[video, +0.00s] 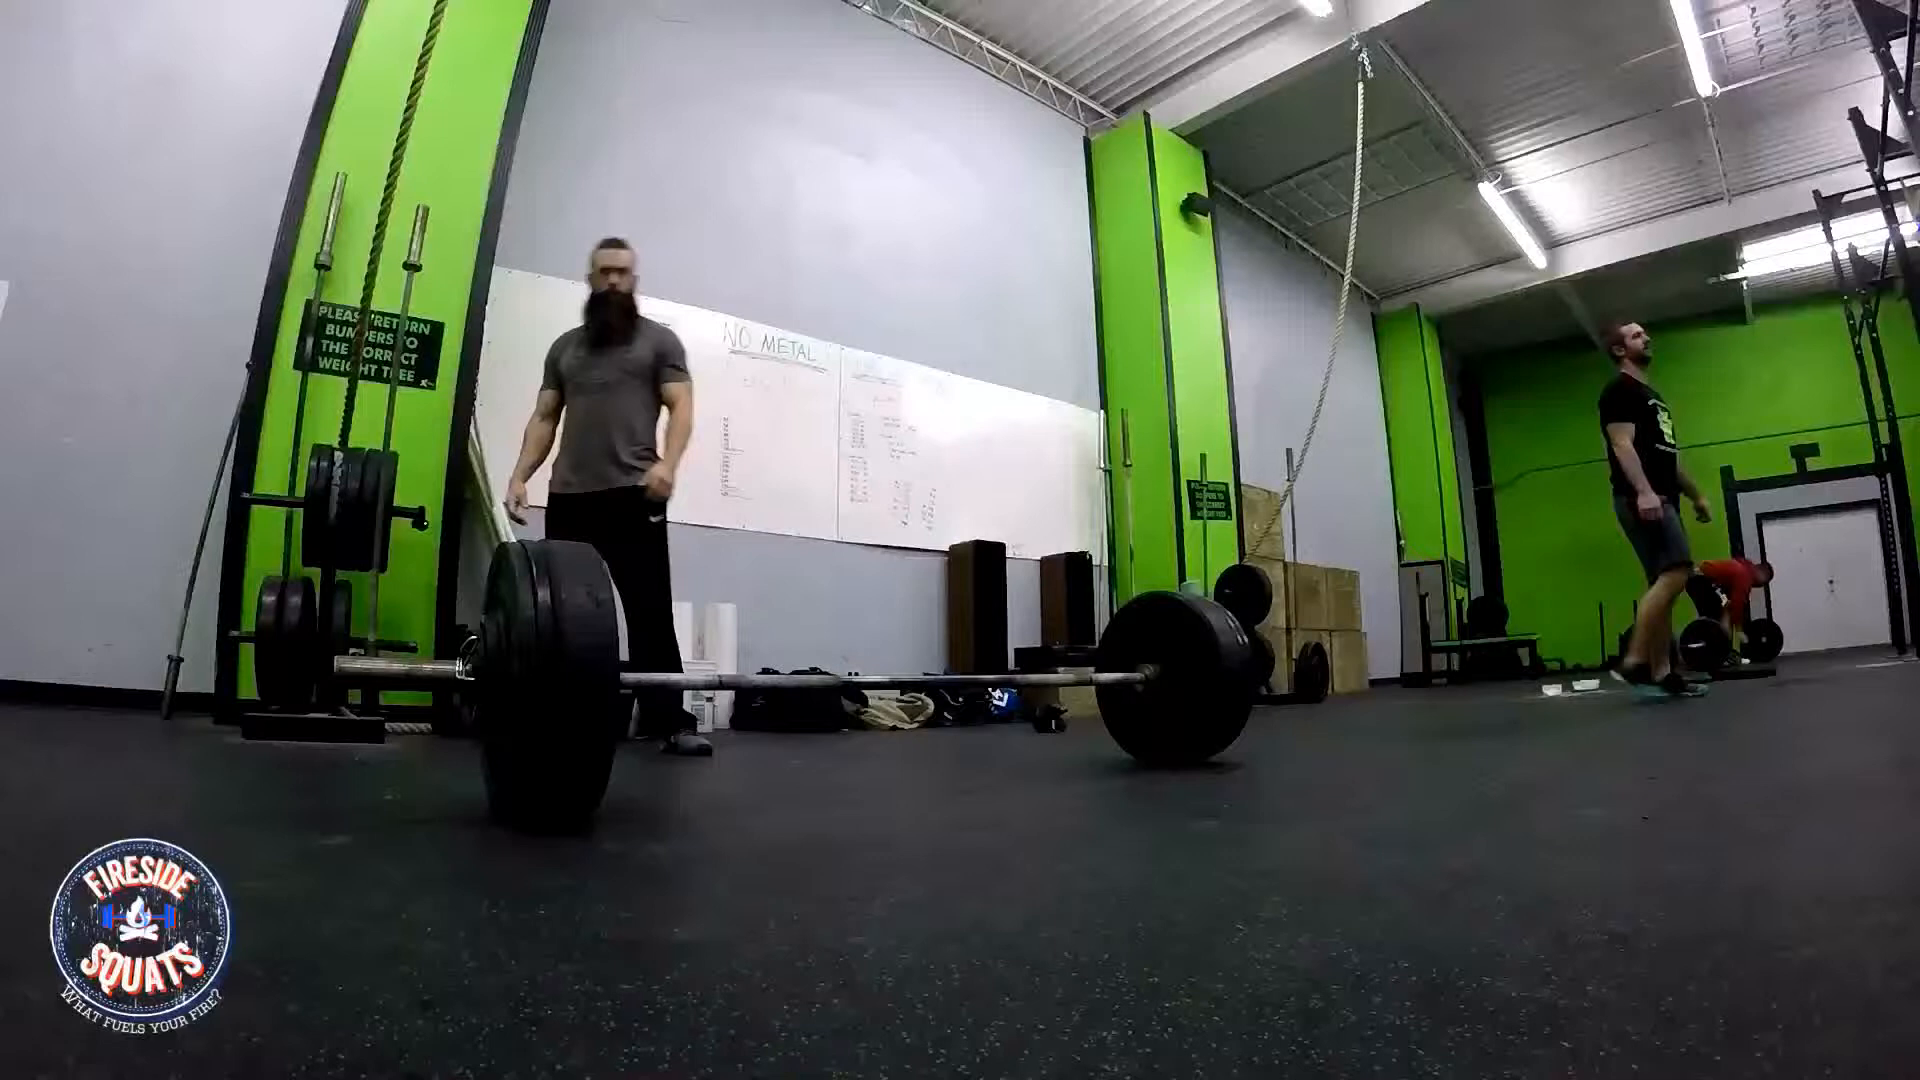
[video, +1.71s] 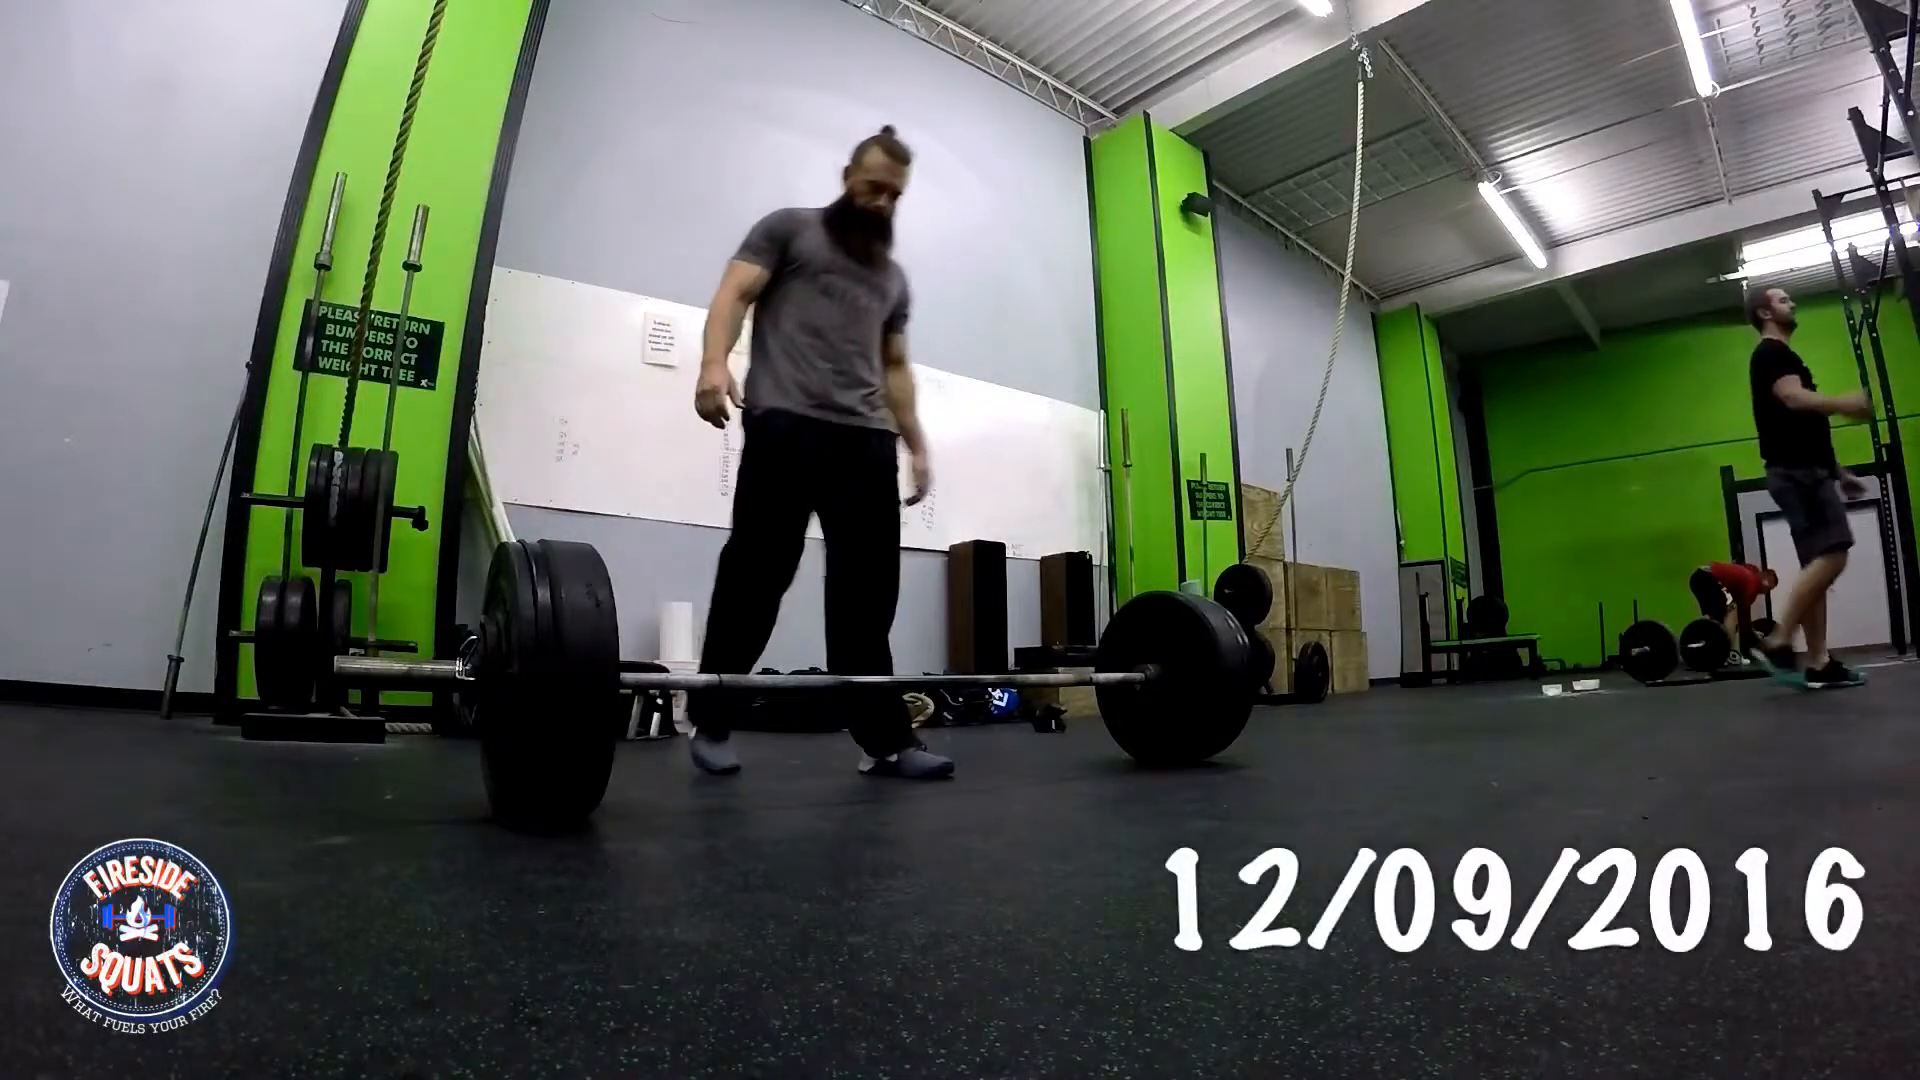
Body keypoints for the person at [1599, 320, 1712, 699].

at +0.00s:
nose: (1646, 338)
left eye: (1644, 333)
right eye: (1636, 335)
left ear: (1641, 345)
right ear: (1619, 350)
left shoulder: (1652, 395)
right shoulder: (1619, 391)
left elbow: (1667, 456)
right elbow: (1622, 445)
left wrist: (1695, 494)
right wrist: (1644, 489)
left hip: (1660, 497)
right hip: (1643, 498)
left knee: (1663, 581)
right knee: (1675, 572)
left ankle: (1663, 671)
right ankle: (1635, 660)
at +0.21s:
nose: (1657, 335)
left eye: (1655, 330)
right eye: (1647, 332)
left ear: (1651, 342)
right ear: (1631, 347)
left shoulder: (1665, 393)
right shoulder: (1630, 389)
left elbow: (1677, 454)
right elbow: (1632, 443)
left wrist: (1710, 487)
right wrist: (1656, 486)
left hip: (1669, 497)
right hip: (1652, 498)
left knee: (1663, 587)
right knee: (1683, 576)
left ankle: (1660, 675)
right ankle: (1689, 672)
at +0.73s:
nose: (1686, 305)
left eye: (1682, 302)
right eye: (1677, 305)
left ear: (1679, 323)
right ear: (1668, 324)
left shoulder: (1700, 369)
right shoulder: (1674, 368)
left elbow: (1719, 436)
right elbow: (1681, 427)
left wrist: (1758, 467)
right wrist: (1707, 477)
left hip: (1716, 483)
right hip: (1695, 485)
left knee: (1728, 571)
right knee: (1716, 574)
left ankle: (1686, 652)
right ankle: (1717, 673)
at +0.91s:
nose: (1699, 301)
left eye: (1694, 297)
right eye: (1690, 299)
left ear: (1688, 318)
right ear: (1682, 317)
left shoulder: (1708, 365)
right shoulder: (1689, 363)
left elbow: (1731, 432)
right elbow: (1702, 420)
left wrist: (1766, 463)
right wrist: (1740, 465)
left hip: (1724, 481)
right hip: (1705, 482)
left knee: (1743, 572)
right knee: (1719, 575)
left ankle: (1734, 664)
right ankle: (1717, 674)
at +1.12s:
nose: (1719, 300)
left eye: (1713, 295)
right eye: (1710, 297)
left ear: (1702, 316)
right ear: (1699, 314)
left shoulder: (1718, 360)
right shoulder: (1706, 360)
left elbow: (1731, 425)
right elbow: (1728, 419)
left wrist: (1758, 473)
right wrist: (1773, 461)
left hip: (1739, 481)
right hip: (1721, 483)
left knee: (1768, 570)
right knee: (1726, 575)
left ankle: (1796, 657)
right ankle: (1719, 671)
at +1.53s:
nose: (1769, 303)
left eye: (1765, 298)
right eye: (1761, 300)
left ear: (1751, 315)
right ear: (1748, 313)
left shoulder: (1762, 356)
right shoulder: (1757, 355)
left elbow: (1770, 414)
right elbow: (1769, 406)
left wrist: (1797, 462)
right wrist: (1802, 454)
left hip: (1787, 472)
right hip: (1775, 473)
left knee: (1808, 568)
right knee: (1784, 563)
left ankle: (1819, 664)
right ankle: (1733, 657)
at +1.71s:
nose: (1790, 302)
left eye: (1788, 298)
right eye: (1782, 299)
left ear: (1775, 313)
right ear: (1765, 313)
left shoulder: (1785, 357)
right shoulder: (1771, 352)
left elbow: (1803, 427)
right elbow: (1792, 397)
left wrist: (1838, 473)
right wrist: (1844, 403)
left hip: (1804, 472)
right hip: (1796, 473)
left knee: (1816, 566)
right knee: (1833, 555)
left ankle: (1819, 662)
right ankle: (1778, 641)